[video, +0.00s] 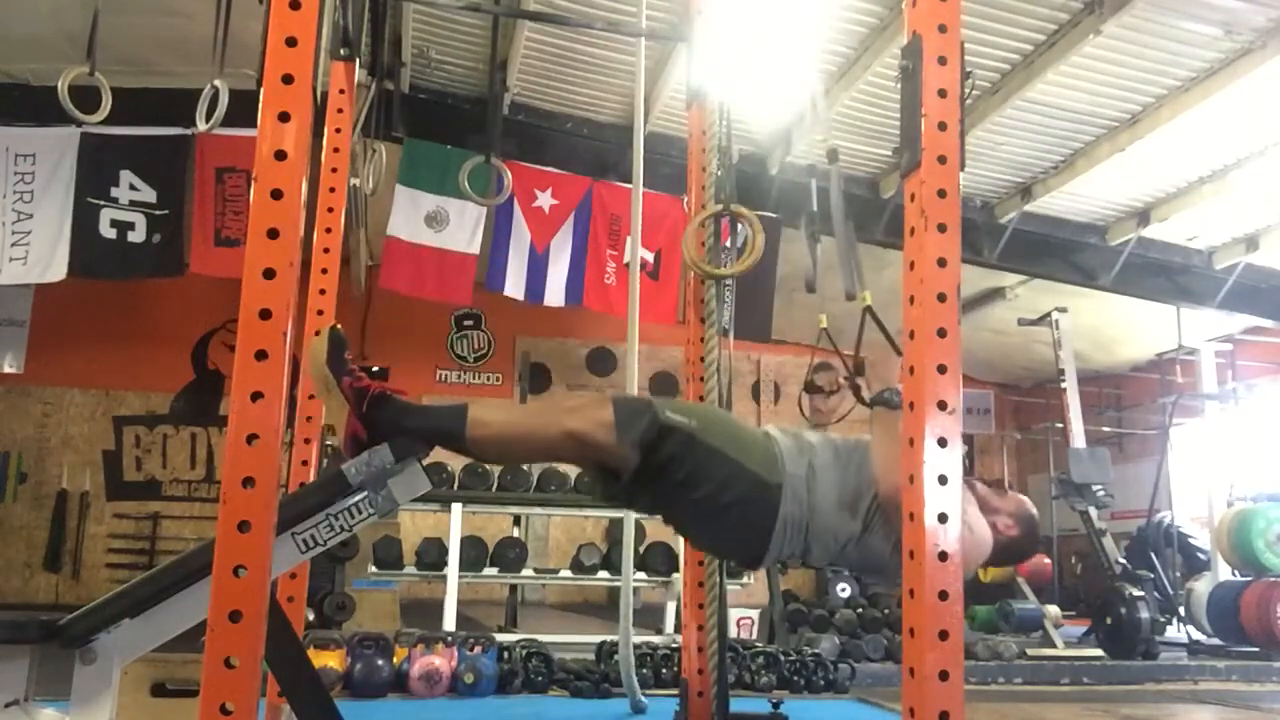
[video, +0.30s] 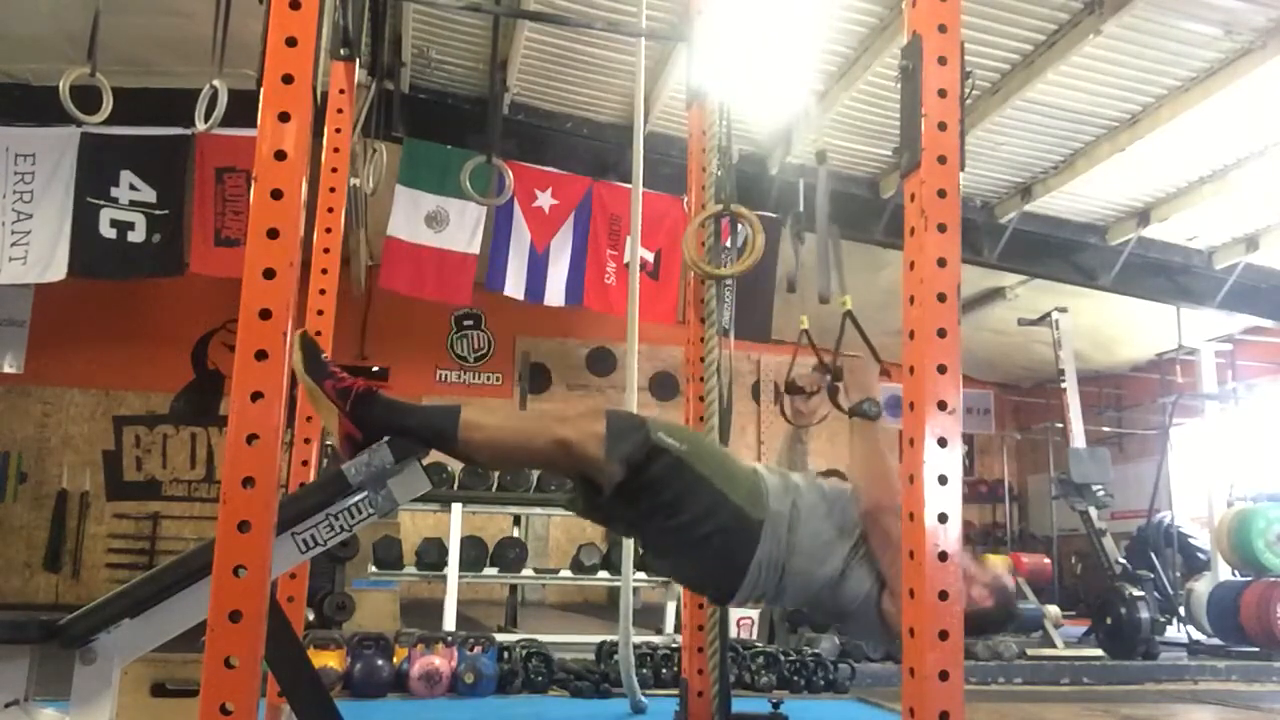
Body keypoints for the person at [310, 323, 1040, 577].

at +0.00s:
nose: (996, 494)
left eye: (1007, 508)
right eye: (1005, 492)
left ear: (999, 543)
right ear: (988, 495)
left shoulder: (959, 542)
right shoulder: (943, 503)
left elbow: (894, 488)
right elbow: (863, 433)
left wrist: (930, 425)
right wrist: (914, 412)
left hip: (774, 496)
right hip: (765, 487)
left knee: (604, 419)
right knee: (589, 430)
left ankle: (393, 418)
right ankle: (402, 424)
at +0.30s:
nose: (975, 571)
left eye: (984, 586)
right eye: (986, 568)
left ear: (974, 613)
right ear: (973, 561)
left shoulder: (921, 622)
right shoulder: (914, 565)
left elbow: (885, 515)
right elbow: (876, 497)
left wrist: (905, 445)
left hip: (755, 544)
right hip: (750, 503)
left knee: (595, 434)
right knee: (574, 429)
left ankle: (378, 410)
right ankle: (382, 420)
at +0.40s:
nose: (952, 605)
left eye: (962, 622)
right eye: (964, 602)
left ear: (954, 649)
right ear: (954, 592)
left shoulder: (911, 639)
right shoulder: (908, 586)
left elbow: (877, 524)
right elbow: (861, 521)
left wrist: (861, 415)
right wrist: (824, 413)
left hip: (742, 551)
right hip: (742, 516)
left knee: (596, 430)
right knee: (573, 432)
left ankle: (370, 410)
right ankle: (382, 417)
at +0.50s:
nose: (947, 610)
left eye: (953, 629)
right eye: (957, 617)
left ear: (939, 659)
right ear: (942, 629)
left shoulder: (897, 649)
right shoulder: (890, 615)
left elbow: (876, 517)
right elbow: (871, 513)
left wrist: (852, 415)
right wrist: (844, 412)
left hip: (731, 554)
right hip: (734, 521)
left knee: (590, 432)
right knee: (576, 426)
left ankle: (382, 415)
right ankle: (390, 415)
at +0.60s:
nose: (943, 595)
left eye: (951, 624)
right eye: (951, 620)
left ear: (941, 667)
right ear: (947, 656)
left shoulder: (897, 659)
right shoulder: (892, 634)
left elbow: (876, 523)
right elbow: (875, 524)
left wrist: (858, 423)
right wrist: (826, 423)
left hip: (724, 566)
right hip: (734, 533)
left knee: (575, 429)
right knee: (575, 422)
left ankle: (372, 409)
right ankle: (383, 412)